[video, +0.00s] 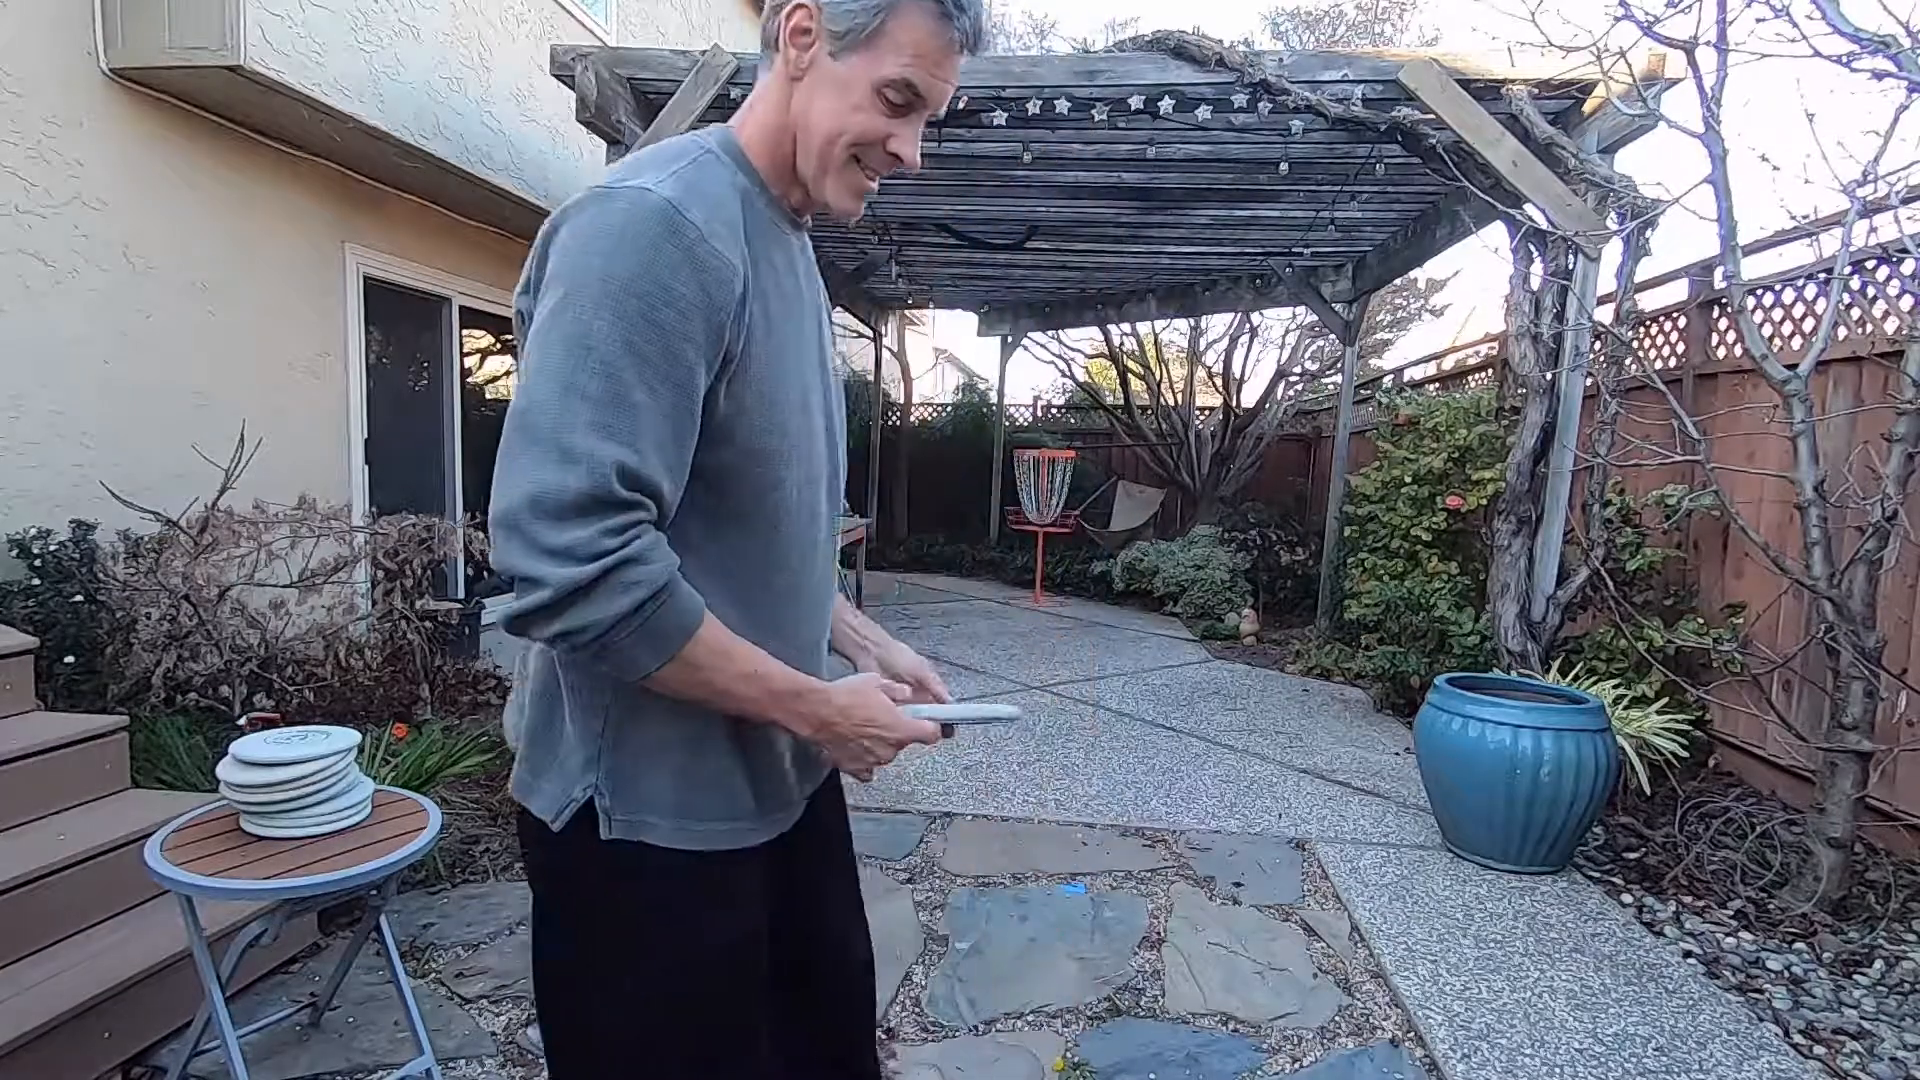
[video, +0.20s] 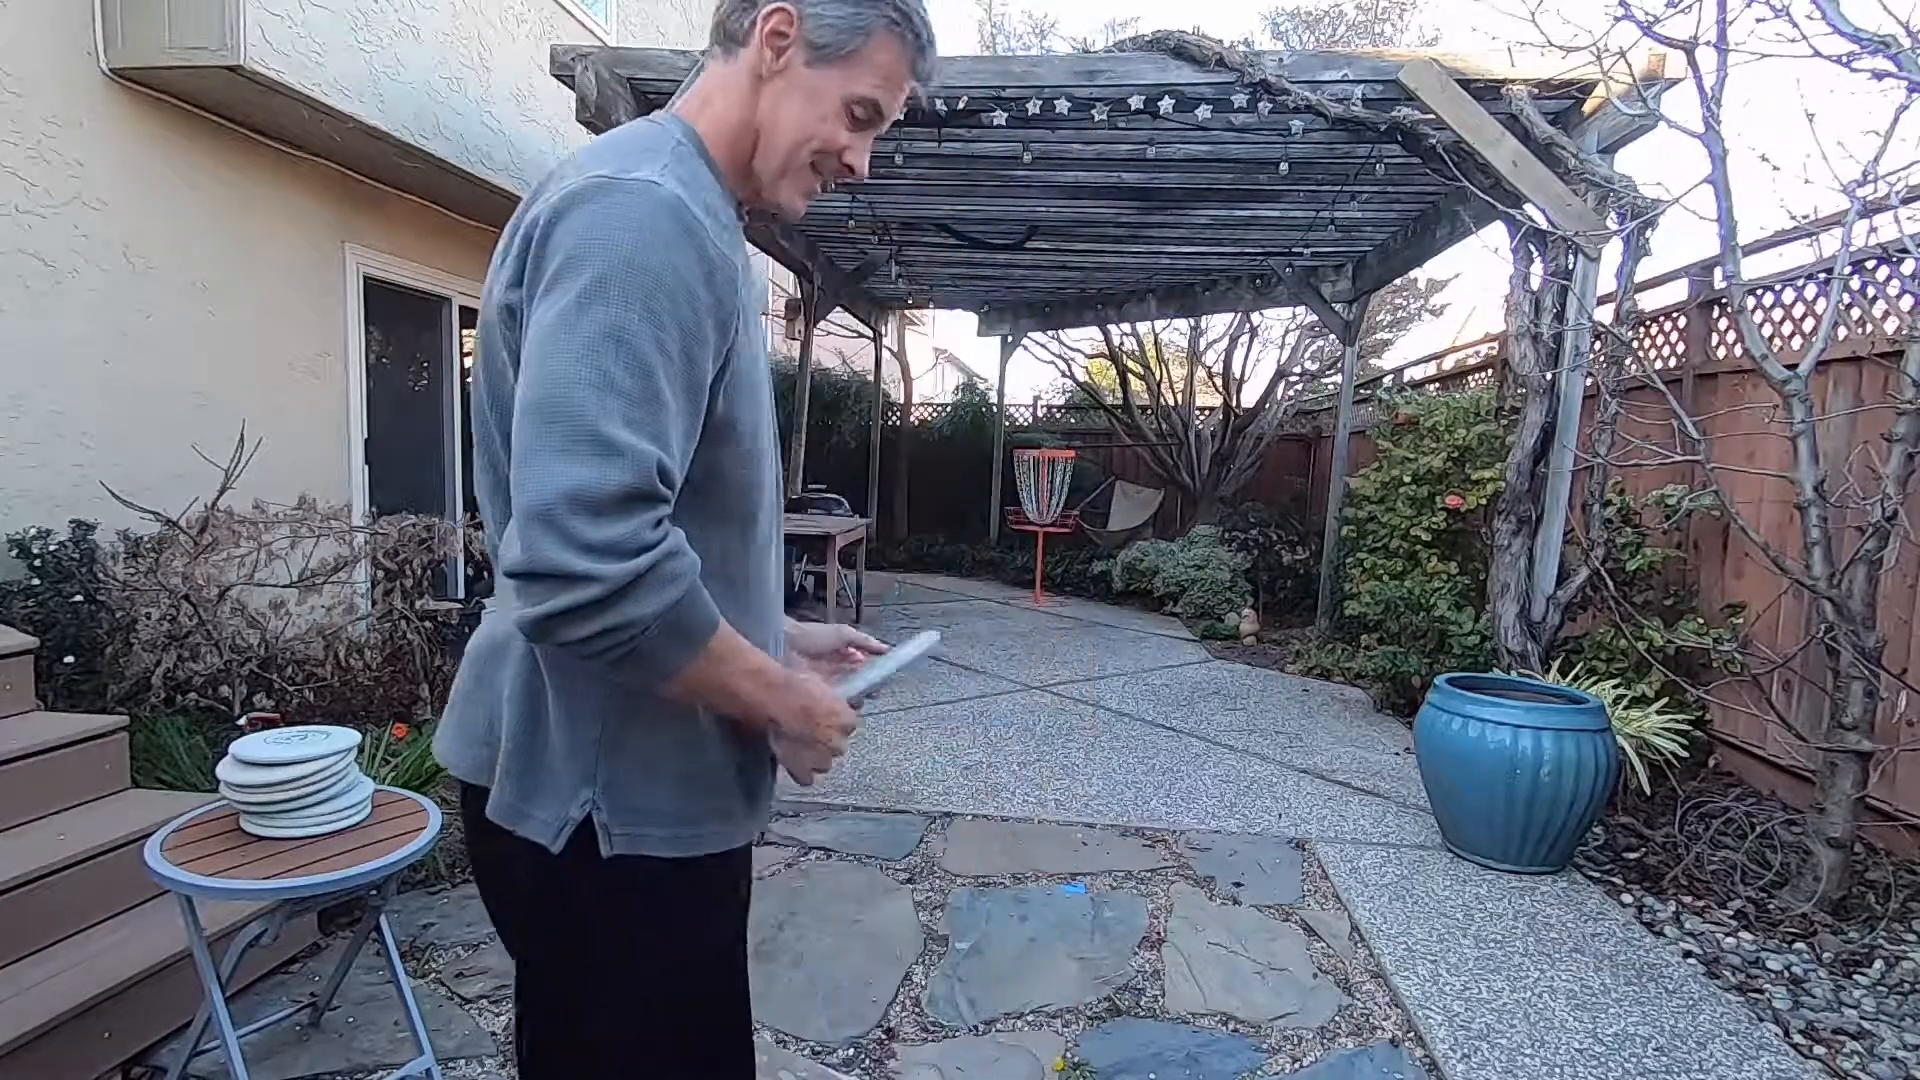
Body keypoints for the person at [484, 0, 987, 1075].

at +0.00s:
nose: (907, 147)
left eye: (928, 119)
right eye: (894, 98)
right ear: (799, 39)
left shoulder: (782, 244)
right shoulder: (653, 221)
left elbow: (741, 532)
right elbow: (566, 556)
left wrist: (865, 642)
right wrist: (806, 707)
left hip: (782, 796)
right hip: (643, 822)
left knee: (827, 1062)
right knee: (667, 1070)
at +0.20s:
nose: (860, 159)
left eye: (880, 134)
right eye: (858, 112)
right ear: (775, 40)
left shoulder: (674, 209)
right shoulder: (639, 209)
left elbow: (636, 529)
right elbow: (582, 557)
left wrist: (776, 637)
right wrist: (768, 699)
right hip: (610, 813)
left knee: (643, 1058)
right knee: (663, 1065)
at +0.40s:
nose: (779, 172)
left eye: (797, 150)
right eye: (788, 134)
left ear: (722, 65)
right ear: (736, 63)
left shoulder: (531, 181)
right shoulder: (623, 200)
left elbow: (526, 519)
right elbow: (588, 545)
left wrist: (718, 621)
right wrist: (757, 656)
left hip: (470, 765)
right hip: (578, 790)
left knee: (461, 1045)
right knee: (658, 1058)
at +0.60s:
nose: (660, 181)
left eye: (680, 156)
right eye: (676, 144)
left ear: (540, 73)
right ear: (640, 81)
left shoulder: (381, 202)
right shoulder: (566, 197)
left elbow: (408, 510)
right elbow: (566, 521)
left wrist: (605, 667)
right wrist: (682, 647)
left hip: (320, 767)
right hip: (494, 774)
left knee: (344, 1061)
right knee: (614, 1065)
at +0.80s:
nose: (520, 186)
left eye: (536, 163)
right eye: (531, 153)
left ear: (379, 87)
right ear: (490, 93)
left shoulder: (195, 225)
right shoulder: (443, 209)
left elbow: (187, 507)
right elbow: (479, 513)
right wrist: (556, 646)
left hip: (146, 790)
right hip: (374, 797)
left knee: (166, 1065)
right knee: (524, 1064)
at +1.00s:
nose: (389, 178)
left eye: (404, 154)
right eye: (399, 140)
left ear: (238, 75)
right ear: (354, 76)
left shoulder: (35, 212)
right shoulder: (333, 204)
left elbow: (28, 482)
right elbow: (384, 514)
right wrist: (429, 647)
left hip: (25, 805)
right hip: (279, 812)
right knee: (402, 1057)